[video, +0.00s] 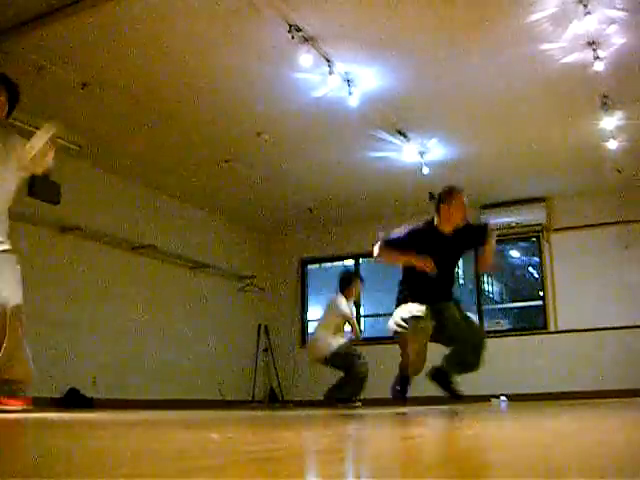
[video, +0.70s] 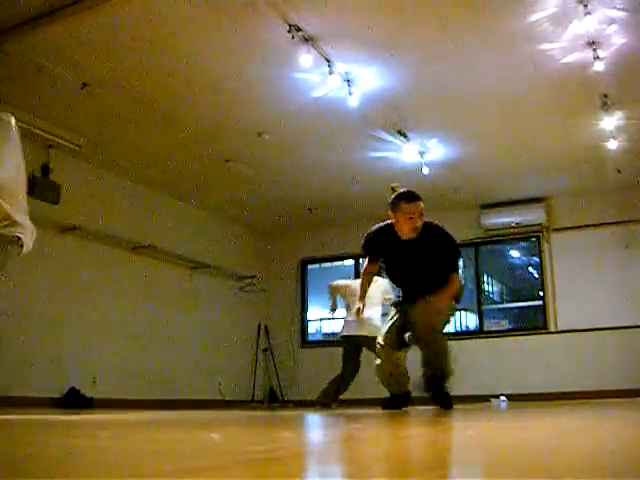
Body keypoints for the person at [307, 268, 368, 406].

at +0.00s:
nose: (360, 291)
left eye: (360, 287)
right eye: (358, 286)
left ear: (350, 288)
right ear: (351, 288)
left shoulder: (348, 305)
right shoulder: (338, 300)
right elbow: (349, 316)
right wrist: (356, 332)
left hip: (334, 342)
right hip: (323, 343)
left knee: (358, 364)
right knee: (358, 363)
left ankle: (337, 395)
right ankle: (343, 396)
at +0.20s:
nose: (374, 329)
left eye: (374, 326)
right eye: (372, 326)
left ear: (357, 327)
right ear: (368, 327)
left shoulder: (348, 337)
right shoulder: (370, 341)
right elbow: (370, 365)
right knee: (365, 371)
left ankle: (332, 397)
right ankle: (350, 398)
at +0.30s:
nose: (379, 322)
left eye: (379, 318)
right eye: (377, 318)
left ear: (361, 315)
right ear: (371, 317)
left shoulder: (354, 327)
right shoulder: (363, 326)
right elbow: (376, 345)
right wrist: (391, 354)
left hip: (324, 366)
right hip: (334, 364)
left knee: (362, 369)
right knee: (367, 369)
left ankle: (336, 396)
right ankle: (348, 398)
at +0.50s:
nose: (377, 282)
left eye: (377, 279)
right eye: (376, 279)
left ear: (357, 279)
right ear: (370, 278)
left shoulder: (343, 292)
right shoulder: (371, 291)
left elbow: (334, 315)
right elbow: (381, 311)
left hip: (336, 334)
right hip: (357, 334)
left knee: (353, 367)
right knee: (373, 362)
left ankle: (329, 395)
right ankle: (356, 389)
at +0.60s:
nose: (380, 277)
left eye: (380, 275)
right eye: (379, 275)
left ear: (361, 273)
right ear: (376, 273)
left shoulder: (347, 287)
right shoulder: (375, 286)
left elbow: (328, 305)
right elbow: (385, 306)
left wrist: (333, 324)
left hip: (343, 332)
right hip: (364, 330)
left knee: (353, 368)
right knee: (383, 351)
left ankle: (325, 398)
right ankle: (377, 382)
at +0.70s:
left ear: (364, 269)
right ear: (380, 270)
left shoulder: (354, 283)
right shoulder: (383, 283)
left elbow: (334, 286)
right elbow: (390, 301)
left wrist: (334, 303)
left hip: (350, 330)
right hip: (372, 330)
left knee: (348, 372)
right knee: (392, 360)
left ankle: (324, 400)